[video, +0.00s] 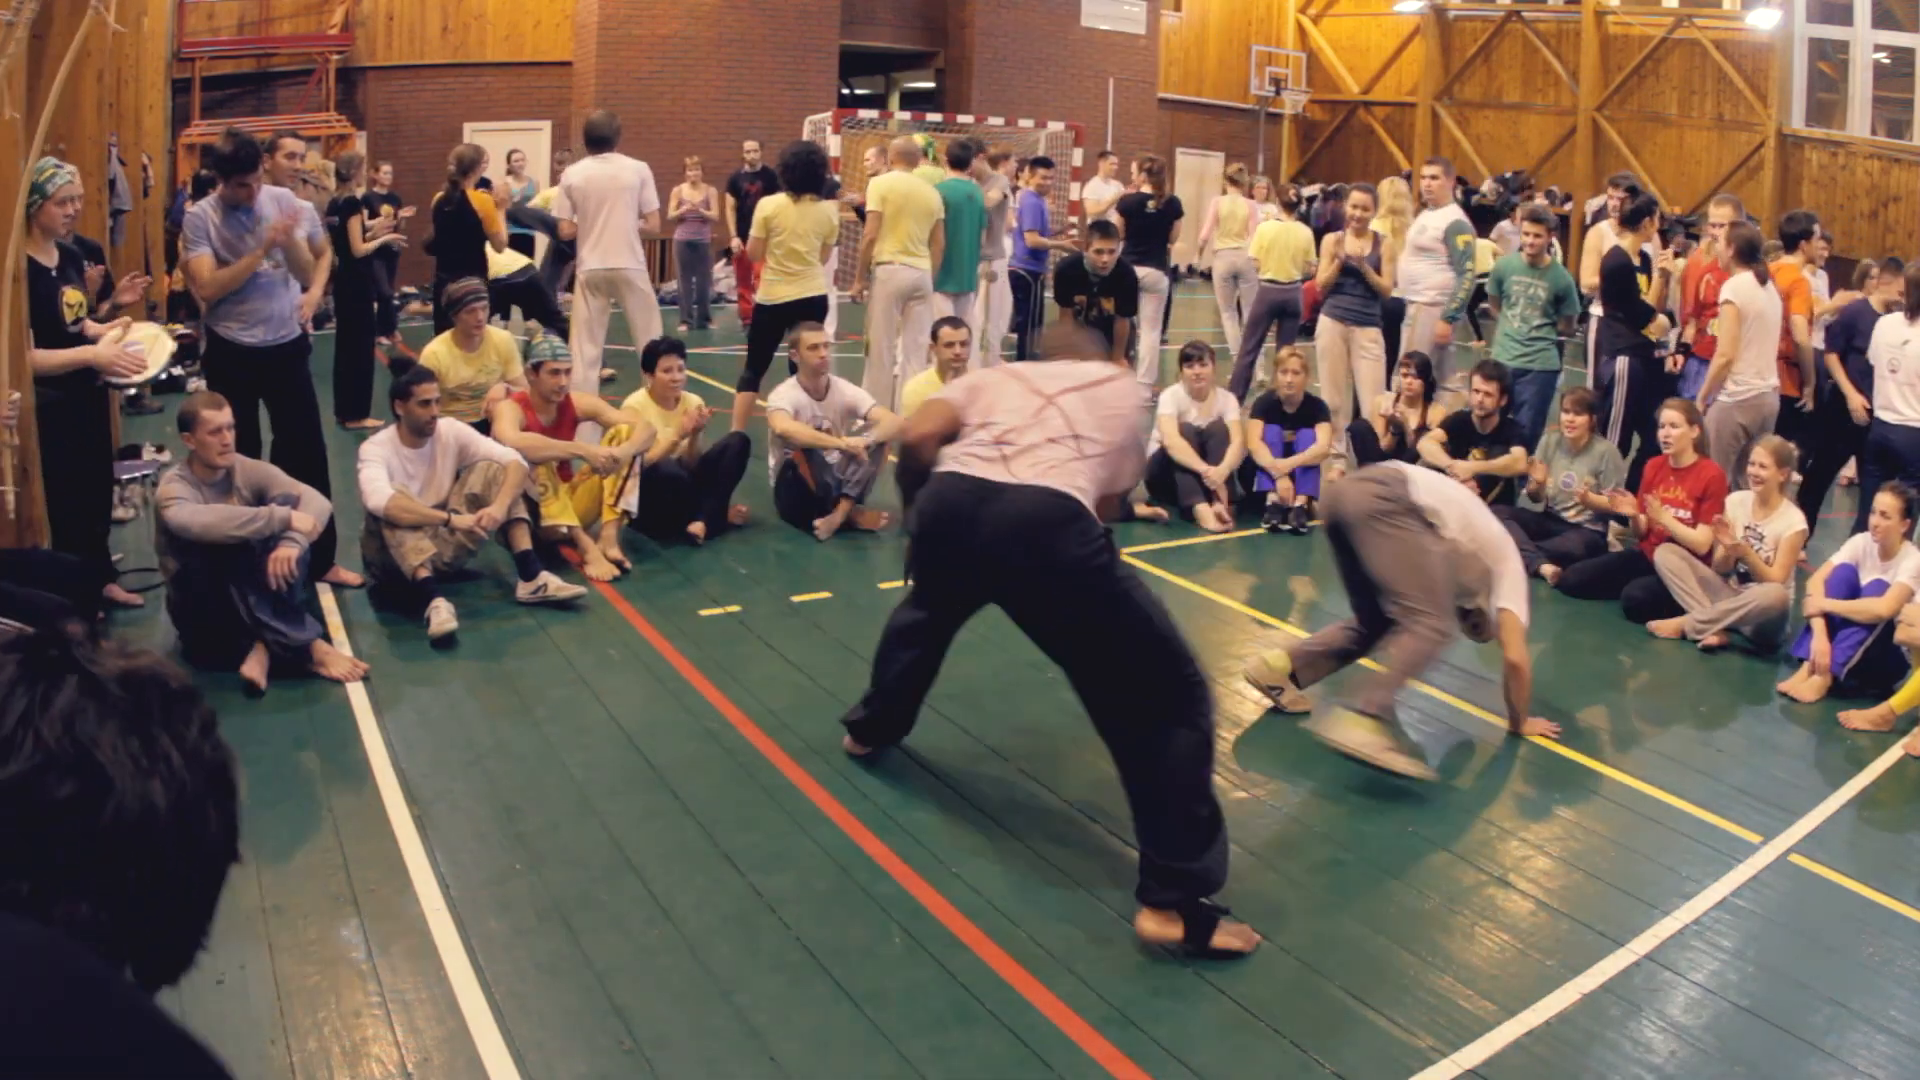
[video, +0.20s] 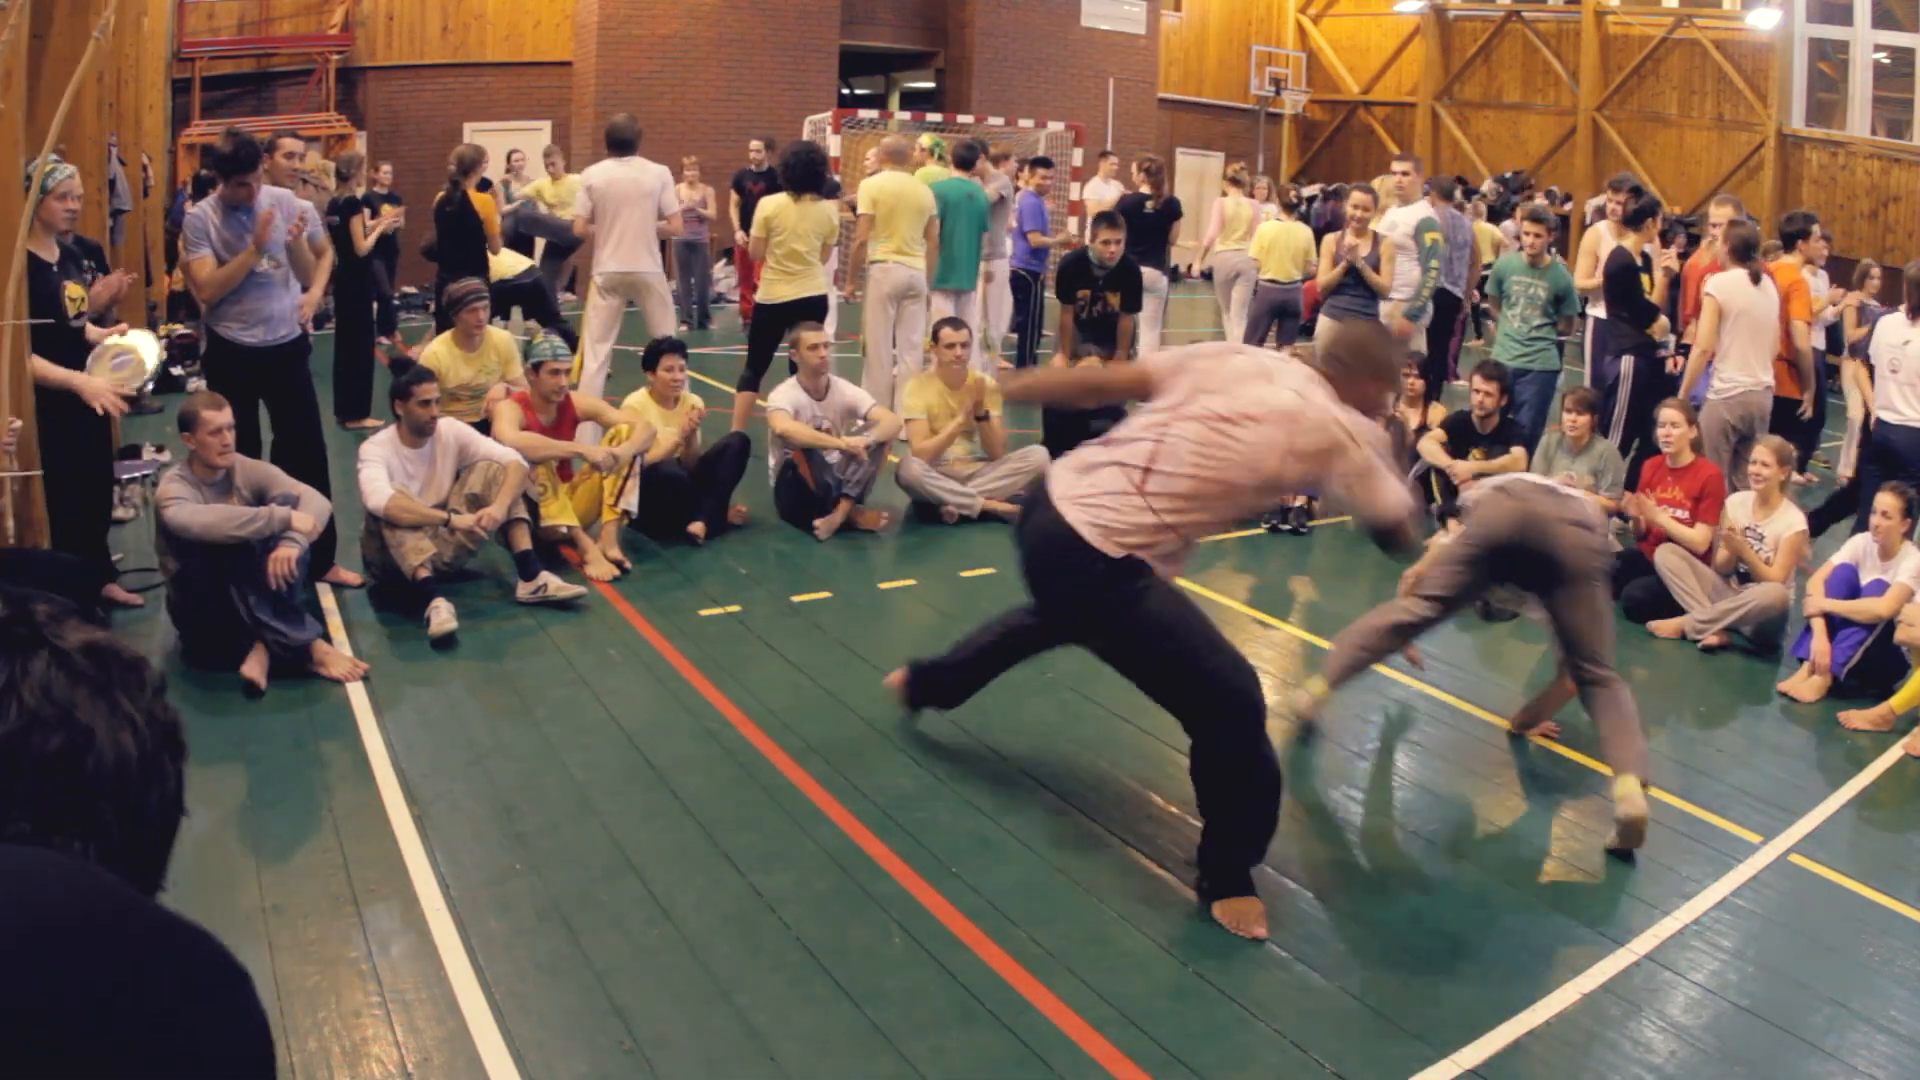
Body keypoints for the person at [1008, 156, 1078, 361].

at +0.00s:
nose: (1046, 182)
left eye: (1050, 178)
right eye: (1042, 177)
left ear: (1052, 179)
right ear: (1030, 177)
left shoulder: (1038, 199)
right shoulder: (1030, 200)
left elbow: (1041, 232)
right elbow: (1032, 239)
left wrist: (1061, 231)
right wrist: (1060, 244)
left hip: (1034, 268)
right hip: (1026, 270)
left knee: (1032, 324)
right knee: (1028, 325)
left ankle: (1028, 366)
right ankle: (1025, 367)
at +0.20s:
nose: (1047, 182)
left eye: (1050, 178)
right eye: (1043, 177)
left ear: (1052, 178)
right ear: (1031, 177)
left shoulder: (1037, 200)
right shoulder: (1030, 201)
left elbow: (1039, 235)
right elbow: (1034, 239)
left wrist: (1059, 237)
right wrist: (1058, 240)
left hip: (1034, 269)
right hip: (1026, 270)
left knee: (1033, 325)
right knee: (1029, 326)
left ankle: (1028, 366)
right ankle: (1025, 368)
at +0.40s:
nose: (1048, 182)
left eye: (1050, 178)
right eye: (1044, 177)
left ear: (1050, 179)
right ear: (1032, 176)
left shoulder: (1035, 199)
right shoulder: (1029, 201)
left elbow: (1037, 235)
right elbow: (1033, 239)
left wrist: (1059, 238)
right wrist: (1058, 239)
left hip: (1033, 268)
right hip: (1025, 268)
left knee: (1033, 323)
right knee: (1029, 323)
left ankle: (1029, 368)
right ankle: (1024, 373)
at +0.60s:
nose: (1049, 182)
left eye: (1051, 177)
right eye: (1045, 177)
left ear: (1050, 179)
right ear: (1032, 176)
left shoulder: (1034, 199)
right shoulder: (1029, 200)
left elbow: (1037, 235)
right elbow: (1033, 239)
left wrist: (1058, 232)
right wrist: (1059, 242)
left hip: (1032, 267)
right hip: (1025, 267)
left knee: (1032, 324)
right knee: (1028, 325)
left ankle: (1027, 370)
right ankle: (1024, 373)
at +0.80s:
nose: (1049, 182)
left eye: (1051, 178)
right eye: (1045, 177)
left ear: (1051, 179)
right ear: (1033, 176)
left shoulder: (1031, 198)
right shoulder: (1029, 200)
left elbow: (1034, 236)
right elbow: (1035, 239)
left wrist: (1056, 238)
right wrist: (1059, 237)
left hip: (1031, 267)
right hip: (1026, 268)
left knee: (1032, 323)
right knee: (1029, 324)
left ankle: (1029, 367)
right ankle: (1024, 373)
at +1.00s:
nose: (1049, 182)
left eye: (1051, 178)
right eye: (1046, 177)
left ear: (1049, 179)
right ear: (1033, 176)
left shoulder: (1032, 198)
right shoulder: (1030, 201)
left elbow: (1037, 234)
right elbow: (1033, 238)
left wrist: (1058, 233)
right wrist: (1061, 241)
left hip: (1030, 267)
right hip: (1026, 268)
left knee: (1032, 322)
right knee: (1029, 323)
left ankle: (1028, 368)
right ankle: (1024, 373)